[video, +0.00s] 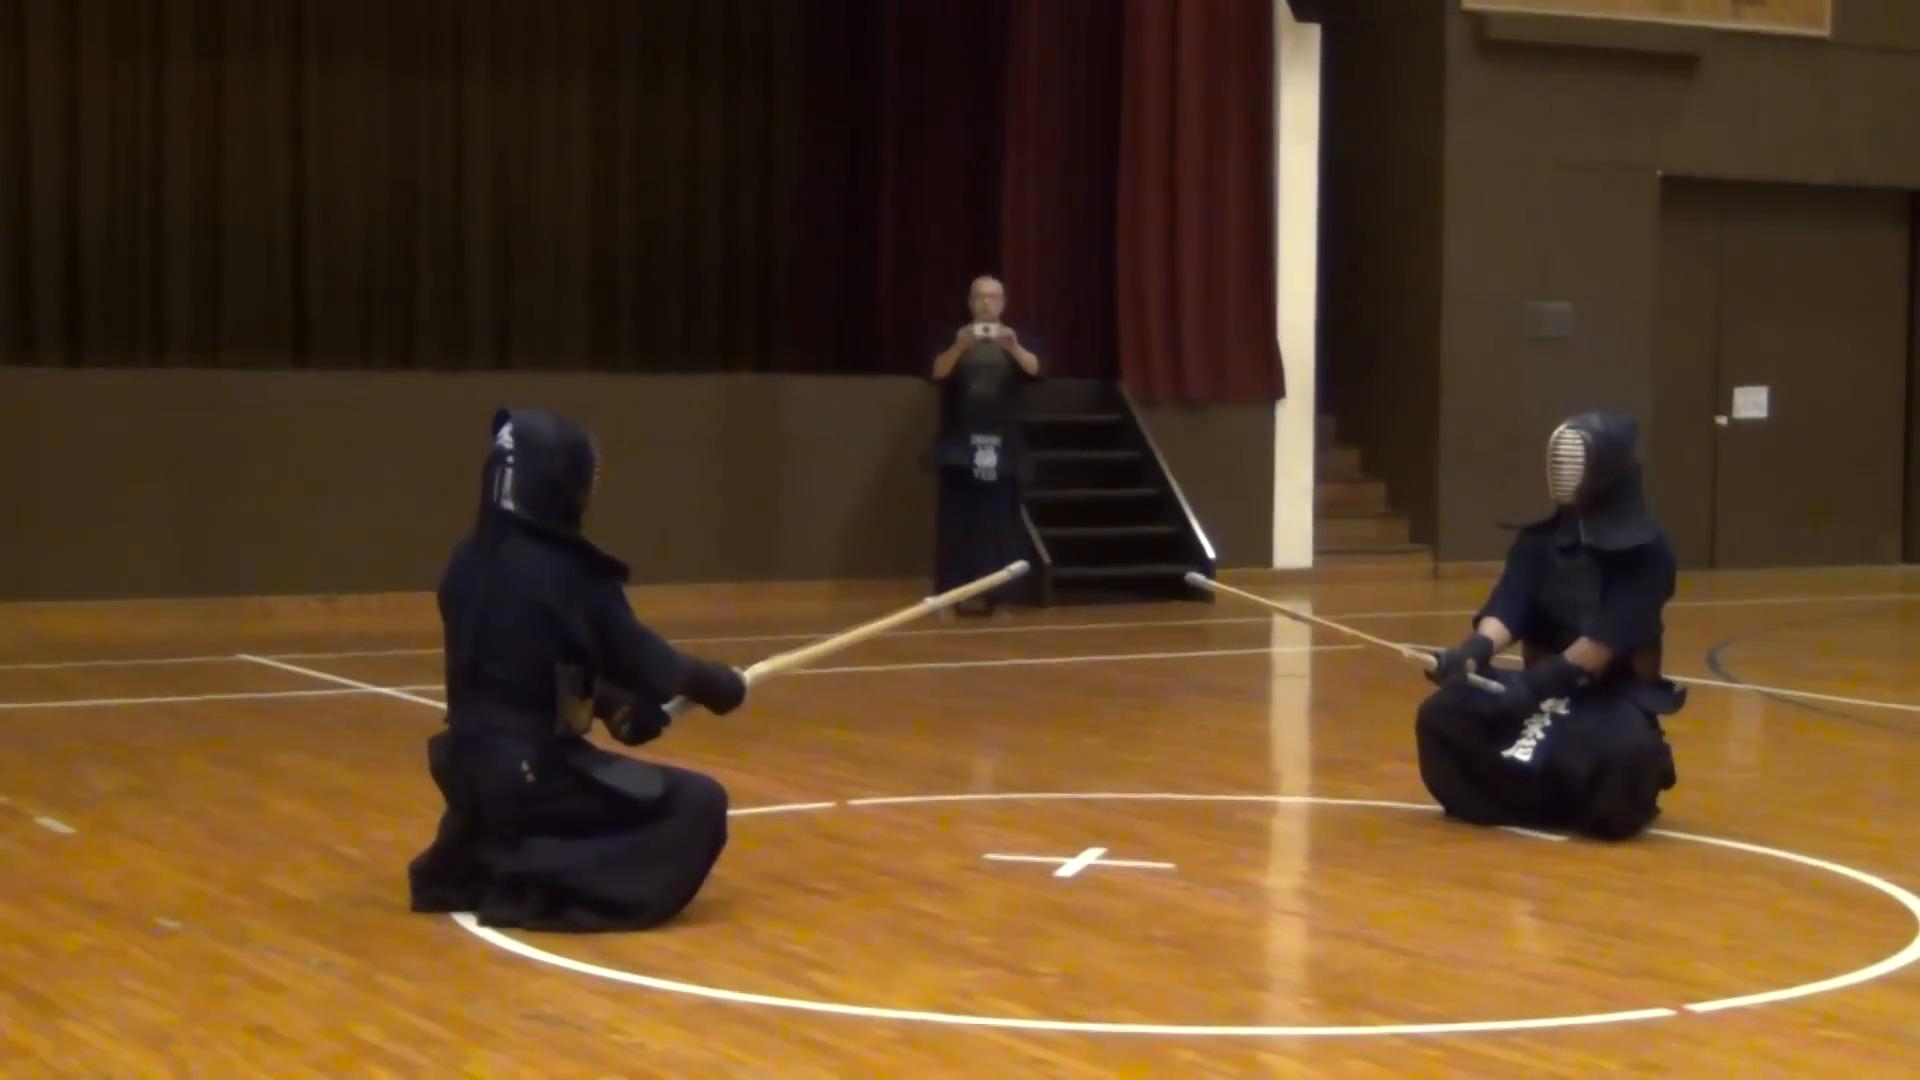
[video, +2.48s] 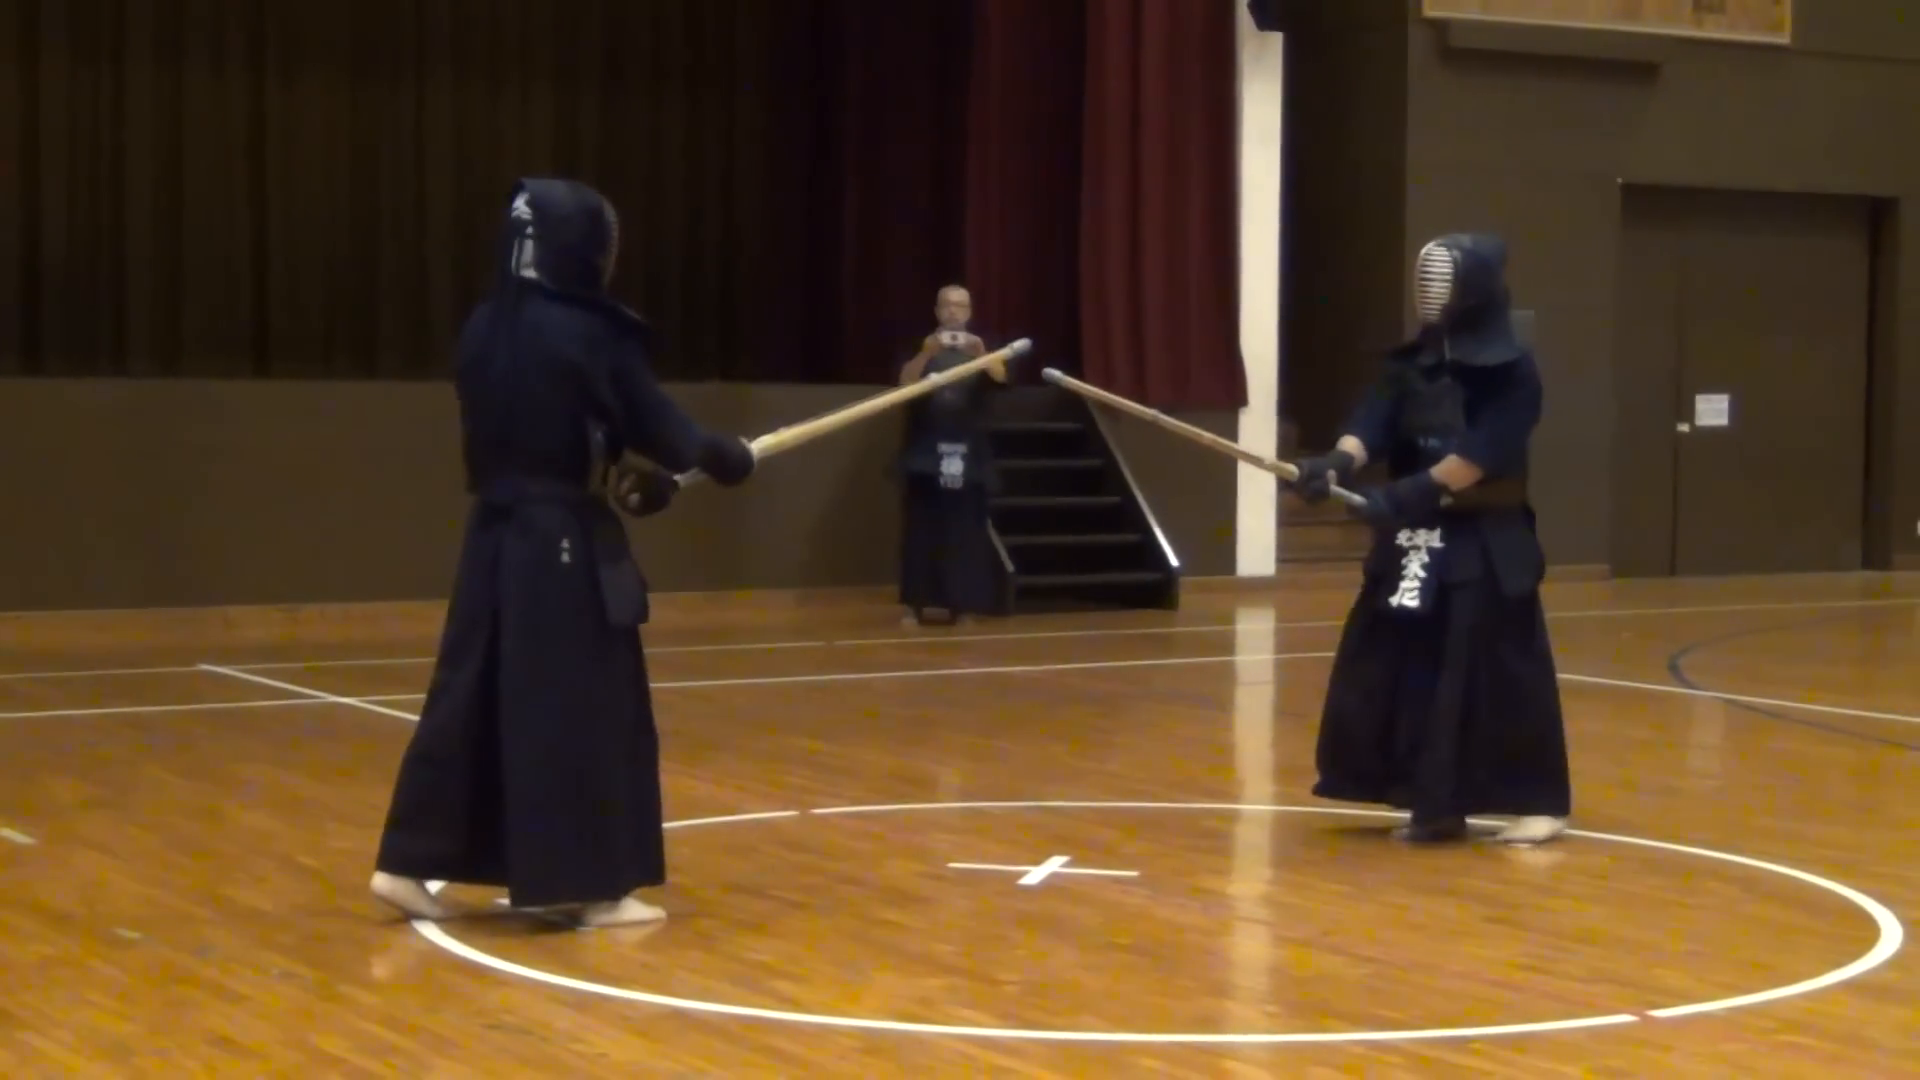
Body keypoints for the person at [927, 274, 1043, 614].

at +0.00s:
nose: (987, 303)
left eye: (993, 297)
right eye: (981, 297)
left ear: (1004, 302)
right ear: (971, 302)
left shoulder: (1016, 340)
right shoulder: (957, 338)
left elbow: (1035, 370)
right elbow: (938, 373)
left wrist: (1012, 347)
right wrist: (961, 345)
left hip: (1002, 436)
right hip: (961, 435)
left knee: (1000, 512)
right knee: (959, 513)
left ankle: (997, 594)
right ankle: (955, 592)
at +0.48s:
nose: (988, 303)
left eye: (994, 298)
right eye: (982, 297)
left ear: (1003, 302)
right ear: (971, 302)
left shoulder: (1014, 340)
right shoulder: (957, 338)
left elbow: (1035, 371)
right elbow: (937, 373)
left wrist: (1013, 347)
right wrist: (960, 346)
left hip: (1002, 434)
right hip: (962, 433)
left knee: (1000, 510)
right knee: (963, 511)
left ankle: (997, 588)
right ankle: (964, 590)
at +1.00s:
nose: (987, 304)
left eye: (993, 298)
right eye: (981, 298)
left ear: (1003, 303)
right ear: (971, 302)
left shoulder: (1017, 340)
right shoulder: (958, 339)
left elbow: (1036, 371)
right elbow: (937, 373)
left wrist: (1012, 348)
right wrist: (960, 347)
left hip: (1005, 436)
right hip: (961, 436)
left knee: (1001, 513)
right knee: (960, 512)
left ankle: (1000, 594)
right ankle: (956, 591)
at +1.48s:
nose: (986, 306)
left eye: (992, 301)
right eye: (980, 300)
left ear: (1002, 305)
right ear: (970, 305)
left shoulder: (1013, 343)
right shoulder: (956, 342)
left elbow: (1034, 371)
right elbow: (935, 378)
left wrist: (1010, 348)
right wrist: (959, 348)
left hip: (1000, 440)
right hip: (958, 439)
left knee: (999, 517)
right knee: (954, 517)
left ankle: (1000, 600)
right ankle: (948, 598)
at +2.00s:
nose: (975, 310)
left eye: (981, 304)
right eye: (969, 303)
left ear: (991, 309)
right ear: (958, 308)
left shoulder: (1001, 347)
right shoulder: (944, 345)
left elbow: (1026, 379)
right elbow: (924, 380)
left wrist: (1001, 353)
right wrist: (948, 352)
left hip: (989, 443)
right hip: (948, 442)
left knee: (986, 519)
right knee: (945, 519)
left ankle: (983, 600)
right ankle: (941, 598)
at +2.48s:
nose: (954, 312)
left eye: (961, 306)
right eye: (948, 306)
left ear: (970, 311)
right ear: (937, 310)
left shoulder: (980, 351)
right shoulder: (923, 348)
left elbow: (1002, 377)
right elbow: (905, 382)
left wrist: (977, 350)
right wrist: (928, 352)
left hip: (967, 445)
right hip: (926, 443)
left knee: (965, 521)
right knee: (923, 520)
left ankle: (962, 604)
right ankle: (915, 602)